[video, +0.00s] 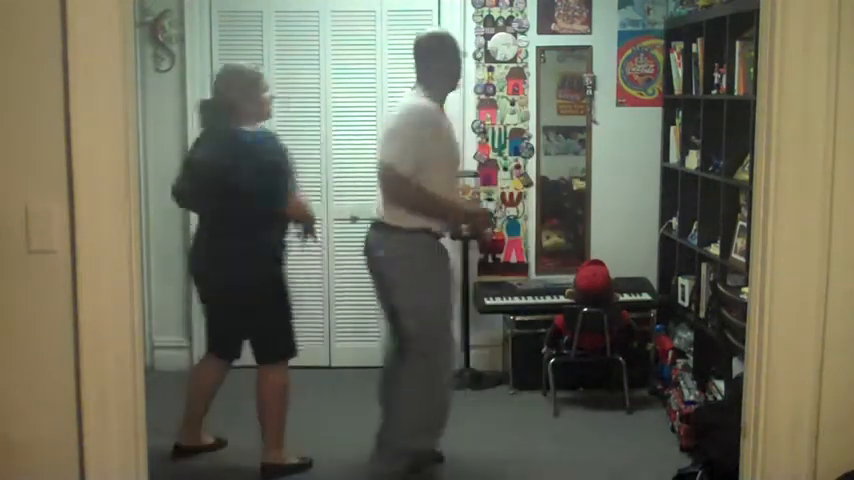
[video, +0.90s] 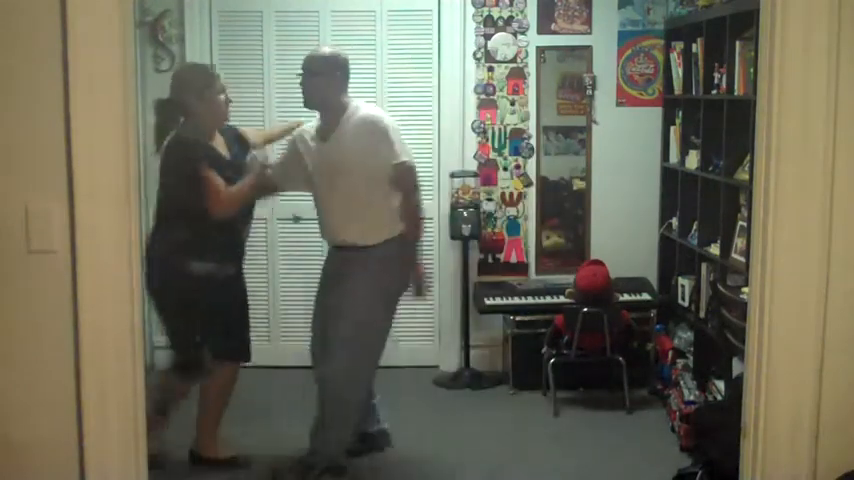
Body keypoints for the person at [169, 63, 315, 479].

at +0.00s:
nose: (270, 96)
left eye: (266, 89)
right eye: (262, 91)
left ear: (226, 100)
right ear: (243, 101)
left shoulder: (205, 144)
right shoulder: (266, 148)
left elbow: (184, 192)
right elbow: (282, 205)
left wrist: (225, 208)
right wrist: (306, 215)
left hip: (209, 259)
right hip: (256, 262)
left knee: (221, 348)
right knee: (273, 357)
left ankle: (190, 436)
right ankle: (274, 455)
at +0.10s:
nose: (256, 99)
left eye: (253, 92)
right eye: (249, 93)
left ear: (215, 100)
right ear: (230, 101)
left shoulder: (201, 143)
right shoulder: (235, 148)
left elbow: (214, 201)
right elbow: (244, 208)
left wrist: (262, 201)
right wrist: (289, 225)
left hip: (192, 256)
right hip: (225, 261)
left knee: (213, 346)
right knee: (264, 351)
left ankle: (190, 436)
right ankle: (264, 451)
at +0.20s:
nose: (245, 98)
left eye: (242, 92)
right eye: (237, 92)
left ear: (213, 99)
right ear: (213, 99)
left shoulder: (214, 142)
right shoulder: (207, 145)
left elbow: (237, 187)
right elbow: (194, 205)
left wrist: (279, 172)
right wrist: (254, 225)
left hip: (196, 258)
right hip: (200, 260)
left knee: (206, 348)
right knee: (256, 342)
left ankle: (188, 435)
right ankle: (211, 429)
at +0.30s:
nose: (233, 97)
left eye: (232, 90)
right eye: (226, 91)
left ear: (210, 97)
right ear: (201, 98)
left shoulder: (216, 138)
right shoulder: (187, 141)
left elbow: (242, 183)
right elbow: (168, 203)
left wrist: (289, 162)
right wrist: (218, 219)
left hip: (204, 257)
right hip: (184, 259)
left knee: (205, 346)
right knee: (228, 349)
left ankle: (181, 425)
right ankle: (174, 421)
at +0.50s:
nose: (220, 98)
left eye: (217, 91)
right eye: (211, 93)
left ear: (201, 101)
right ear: (186, 102)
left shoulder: (214, 144)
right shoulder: (166, 147)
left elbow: (235, 190)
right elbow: (144, 209)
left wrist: (282, 183)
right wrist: (185, 229)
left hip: (204, 267)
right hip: (166, 268)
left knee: (213, 344)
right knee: (168, 356)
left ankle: (191, 433)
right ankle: (142, 440)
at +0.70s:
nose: (218, 99)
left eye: (216, 92)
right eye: (210, 94)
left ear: (195, 103)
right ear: (185, 103)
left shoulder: (210, 142)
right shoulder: (166, 151)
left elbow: (225, 172)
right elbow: (162, 214)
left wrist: (275, 171)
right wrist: (217, 212)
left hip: (206, 266)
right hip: (166, 268)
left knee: (231, 343)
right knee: (153, 360)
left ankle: (202, 428)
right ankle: (139, 440)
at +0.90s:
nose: (227, 99)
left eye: (225, 92)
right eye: (218, 94)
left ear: (214, 98)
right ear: (194, 103)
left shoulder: (226, 137)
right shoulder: (187, 148)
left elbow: (262, 138)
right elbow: (220, 205)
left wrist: (298, 125)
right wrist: (256, 182)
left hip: (221, 267)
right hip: (179, 270)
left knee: (229, 354)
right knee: (193, 360)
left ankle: (207, 445)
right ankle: (145, 428)